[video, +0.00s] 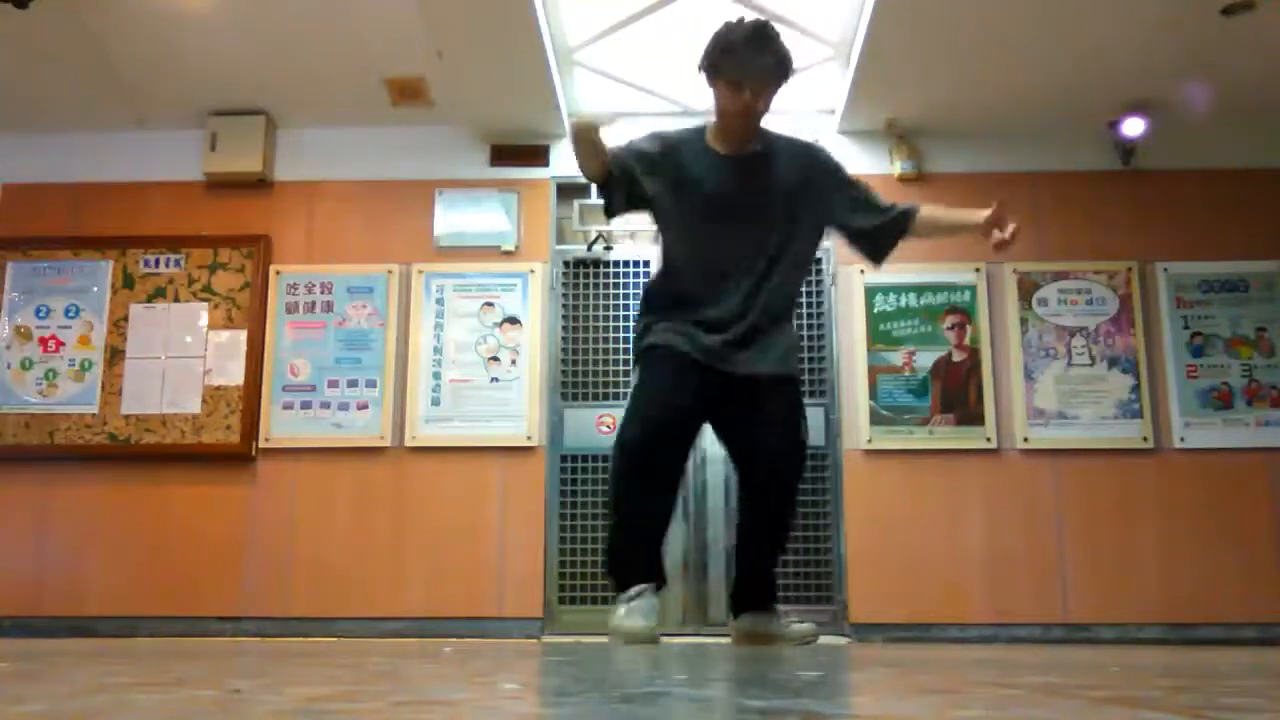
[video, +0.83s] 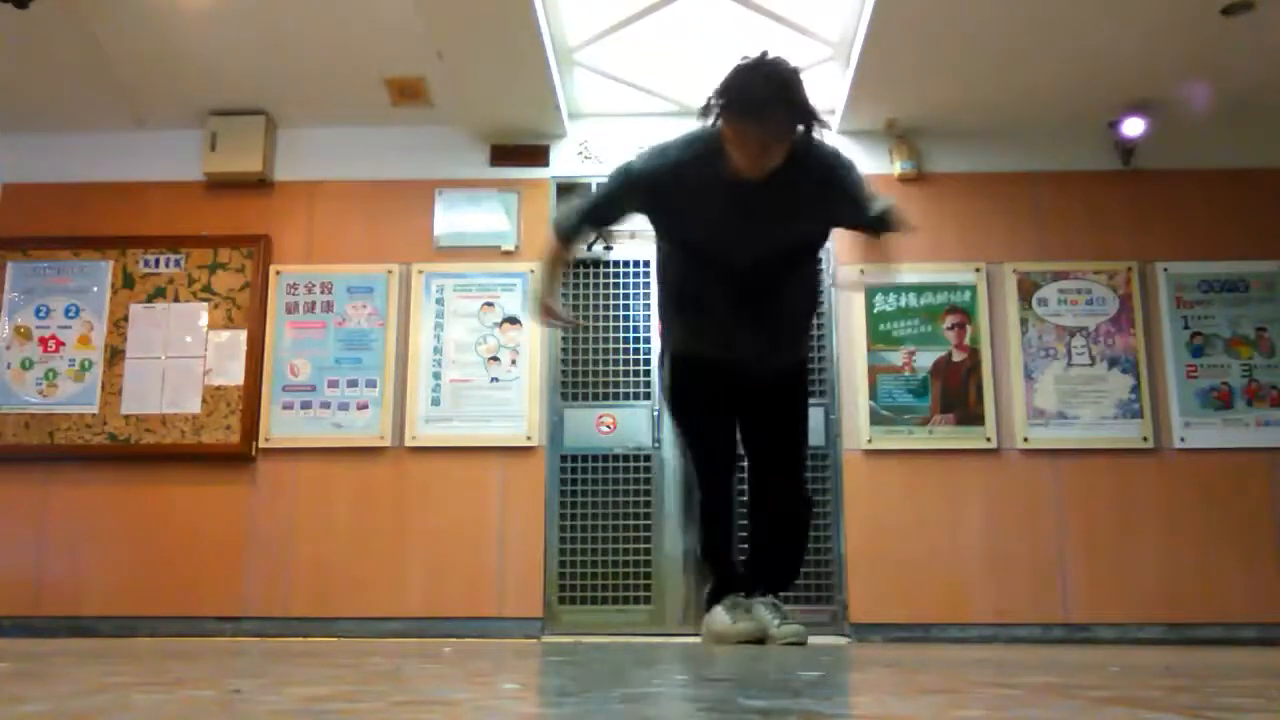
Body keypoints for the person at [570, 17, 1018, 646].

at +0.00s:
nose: (749, 102)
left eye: (762, 88)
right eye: (737, 86)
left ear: (776, 90)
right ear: (711, 82)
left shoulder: (805, 166)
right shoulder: (671, 155)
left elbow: (887, 219)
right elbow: (603, 174)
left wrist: (978, 221)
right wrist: (585, 135)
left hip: (762, 350)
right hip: (679, 343)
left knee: (776, 467)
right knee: (644, 446)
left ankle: (753, 610)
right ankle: (638, 590)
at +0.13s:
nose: (746, 106)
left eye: (760, 93)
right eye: (736, 91)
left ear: (779, 84)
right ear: (714, 76)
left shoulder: (806, 143)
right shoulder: (673, 138)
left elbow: (877, 205)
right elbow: (615, 190)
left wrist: (934, 219)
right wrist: (639, 198)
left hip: (771, 331)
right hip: (691, 327)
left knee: (771, 468)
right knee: (687, 450)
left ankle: (757, 602)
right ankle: (685, 584)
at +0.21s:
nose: (746, 112)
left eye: (759, 100)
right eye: (735, 98)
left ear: (780, 88)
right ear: (715, 82)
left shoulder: (808, 141)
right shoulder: (677, 142)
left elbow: (861, 225)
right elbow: (641, 227)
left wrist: (859, 258)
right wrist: (683, 268)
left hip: (776, 335)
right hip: (698, 336)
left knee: (774, 463)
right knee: (709, 457)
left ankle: (762, 602)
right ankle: (717, 594)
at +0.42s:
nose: (735, 139)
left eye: (749, 126)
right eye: (726, 123)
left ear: (774, 118)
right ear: (709, 111)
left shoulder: (809, 164)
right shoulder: (679, 165)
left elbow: (848, 263)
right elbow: (636, 263)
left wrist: (866, 328)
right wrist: (656, 305)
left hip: (777, 352)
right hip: (697, 343)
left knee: (778, 479)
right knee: (647, 446)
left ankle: (757, 607)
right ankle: (612, 579)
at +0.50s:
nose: (736, 147)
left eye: (750, 134)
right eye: (726, 131)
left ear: (773, 123)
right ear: (708, 117)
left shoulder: (807, 178)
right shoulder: (676, 175)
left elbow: (863, 247)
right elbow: (612, 228)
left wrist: (932, 305)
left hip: (775, 362)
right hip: (692, 355)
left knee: (778, 484)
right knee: (626, 458)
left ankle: (756, 609)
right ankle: (565, 586)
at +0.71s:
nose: (739, 155)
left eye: (753, 144)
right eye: (728, 141)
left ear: (780, 132)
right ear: (710, 125)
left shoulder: (820, 171)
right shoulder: (664, 164)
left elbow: (923, 209)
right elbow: (568, 176)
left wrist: (975, 267)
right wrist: (493, 222)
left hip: (777, 354)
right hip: (691, 347)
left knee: (780, 476)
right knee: (652, 457)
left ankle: (758, 605)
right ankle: (640, 580)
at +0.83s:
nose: (754, 159)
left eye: (768, 147)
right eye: (744, 144)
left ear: (793, 132)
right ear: (724, 123)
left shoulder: (821, 171)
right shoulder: (675, 166)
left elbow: (868, 214)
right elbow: (585, 216)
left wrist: (887, 218)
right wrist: (546, 282)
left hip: (780, 353)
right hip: (696, 351)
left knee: (781, 473)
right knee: (713, 472)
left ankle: (767, 598)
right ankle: (724, 601)